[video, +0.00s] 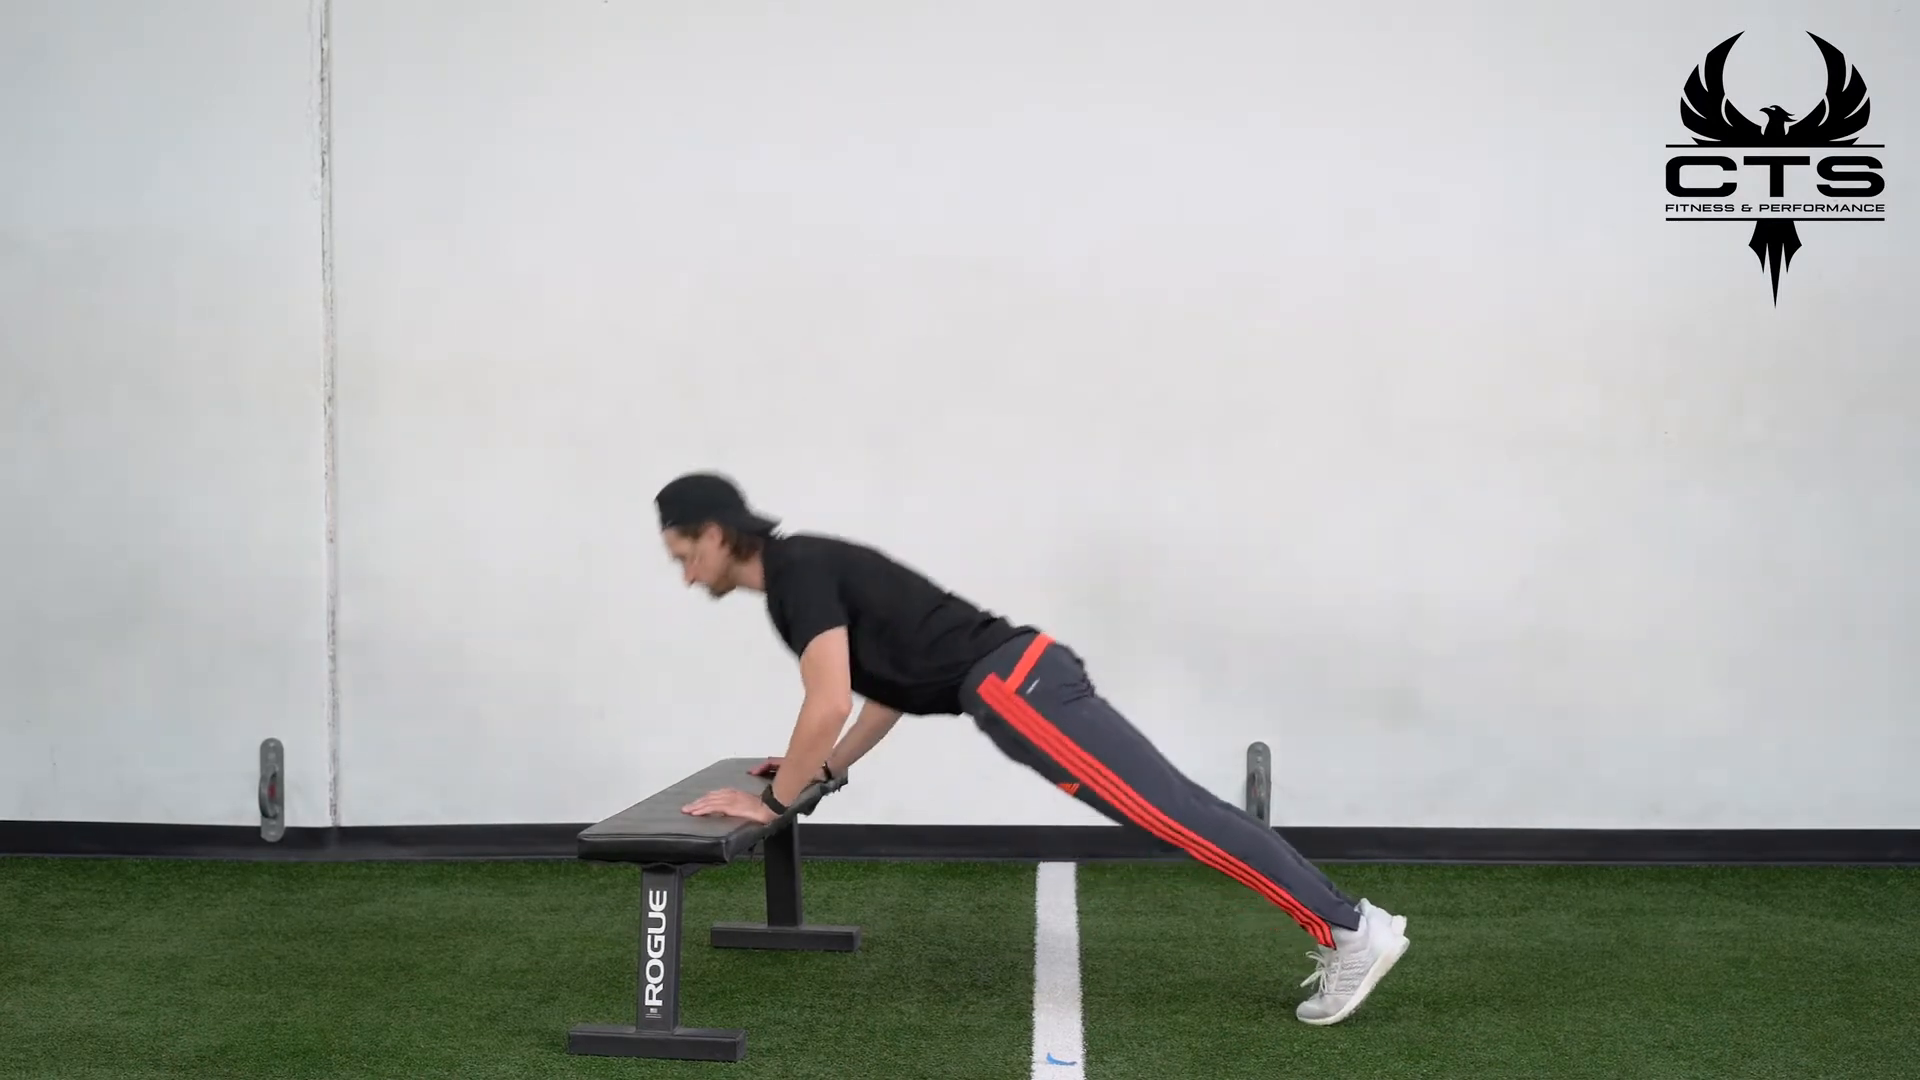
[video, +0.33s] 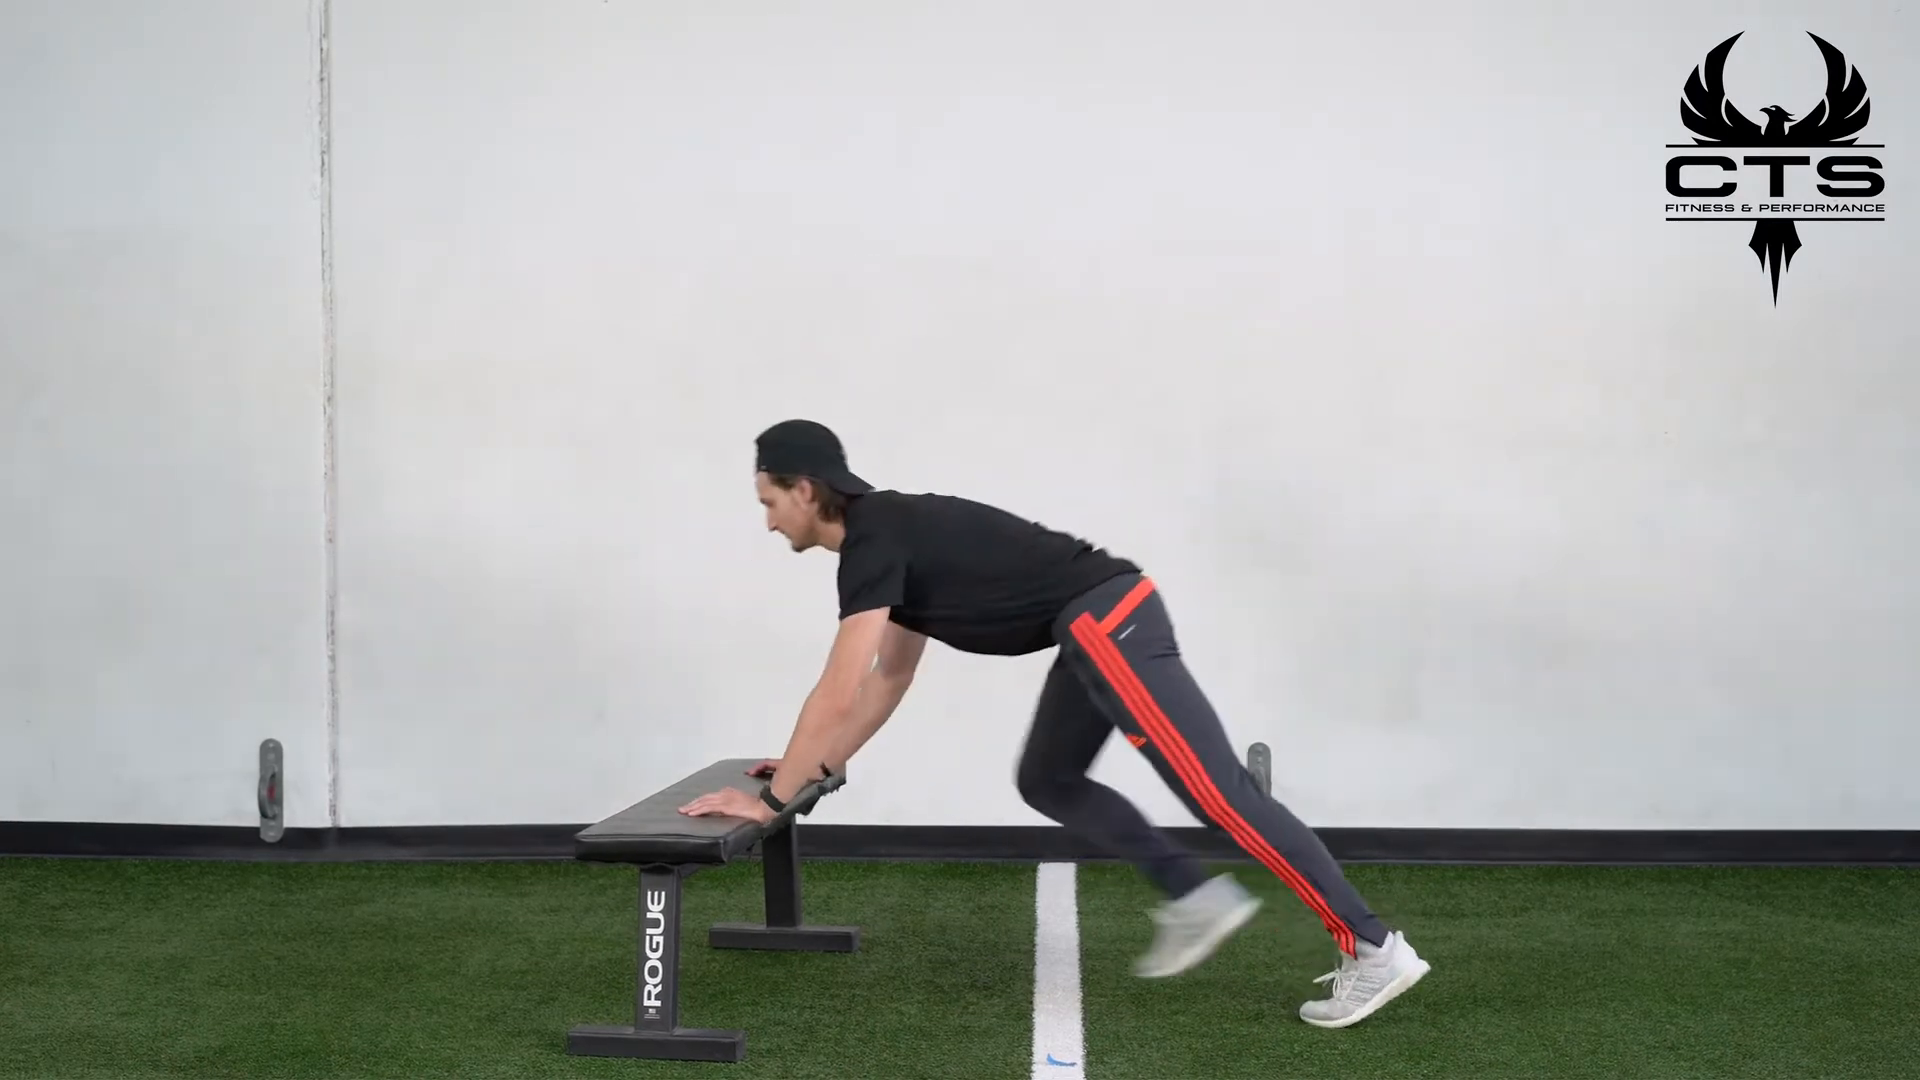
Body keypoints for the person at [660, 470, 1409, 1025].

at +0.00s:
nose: (679, 566)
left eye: (681, 549)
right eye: (673, 552)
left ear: (719, 534)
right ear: (728, 530)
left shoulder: (793, 570)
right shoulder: (812, 565)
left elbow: (828, 702)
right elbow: (891, 690)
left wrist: (772, 799)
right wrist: (828, 764)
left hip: (1015, 684)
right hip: (1018, 678)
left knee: (1172, 812)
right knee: (1174, 806)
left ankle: (1353, 932)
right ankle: (1346, 925)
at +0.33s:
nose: (763, 512)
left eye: (768, 496)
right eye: (761, 497)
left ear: (810, 490)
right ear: (825, 488)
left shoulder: (869, 546)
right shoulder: (898, 536)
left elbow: (843, 681)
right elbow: (887, 679)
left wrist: (771, 798)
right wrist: (821, 764)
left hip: (1109, 613)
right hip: (1091, 624)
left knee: (1218, 790)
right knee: (1047, 778)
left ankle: (1376, 948)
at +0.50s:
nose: (799, 518)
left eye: (804, 502)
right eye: (797, 503)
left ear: (847, 498)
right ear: (855, 494)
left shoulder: (905, 549)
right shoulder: (925, 547)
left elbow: (850, 695)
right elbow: (888, 692)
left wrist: (767, 794)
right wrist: (810, 769)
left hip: (1139, 612)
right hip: (1105, 628)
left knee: (1215, 810)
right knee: (1042, 777)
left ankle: (1379, 949)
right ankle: (1119, 958)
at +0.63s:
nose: (829, 485)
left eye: (837, 468)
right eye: (829, 469)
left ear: (880, 465)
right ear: (884, 465)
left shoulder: (939, 521)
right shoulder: (942, 531)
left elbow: (868, 656)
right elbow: (893, 672)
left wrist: (771, 748)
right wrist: (810, 751)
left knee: (1144, 815)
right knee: (1056, 774)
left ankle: (1322, 920)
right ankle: (1120, 957)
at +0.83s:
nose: (857, 380)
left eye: (866, 365)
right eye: (859, 364)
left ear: (911, 370)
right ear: (917, 370)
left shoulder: (968, 440)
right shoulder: (967, 436)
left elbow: (971, 598)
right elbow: (971, 596)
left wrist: (908, 689)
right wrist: (909, 687)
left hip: (1159, 569)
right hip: (1149, 569)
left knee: (1083, 762)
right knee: (1083, 762)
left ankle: (1140, 958)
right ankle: (1128, 949)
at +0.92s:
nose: (871, 348)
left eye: (881, 334)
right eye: (874, 333)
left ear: (924, 342)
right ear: (930, 343)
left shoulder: (983, 415)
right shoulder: (976, 414)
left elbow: (1004, 574)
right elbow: (1003, 572)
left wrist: (958, 685)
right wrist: (959, 685)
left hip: (1149, 575)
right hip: (1140, 574)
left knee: (1073, 771)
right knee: (1076, 770)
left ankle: (1120, 970)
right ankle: (1117, 961)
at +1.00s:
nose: (897, 322)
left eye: (909, 309)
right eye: (902, 307)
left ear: (951, 322)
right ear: (955, 322)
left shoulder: (1000, 402)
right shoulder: (996, 400)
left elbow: (1013, 553)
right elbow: (1022, 565)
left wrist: (962, 667)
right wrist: (973, 670)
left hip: (1137, 591)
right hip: (1126, 589)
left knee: (1043, 780)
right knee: (1044, 777)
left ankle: (1119, 968)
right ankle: (1116, 960)